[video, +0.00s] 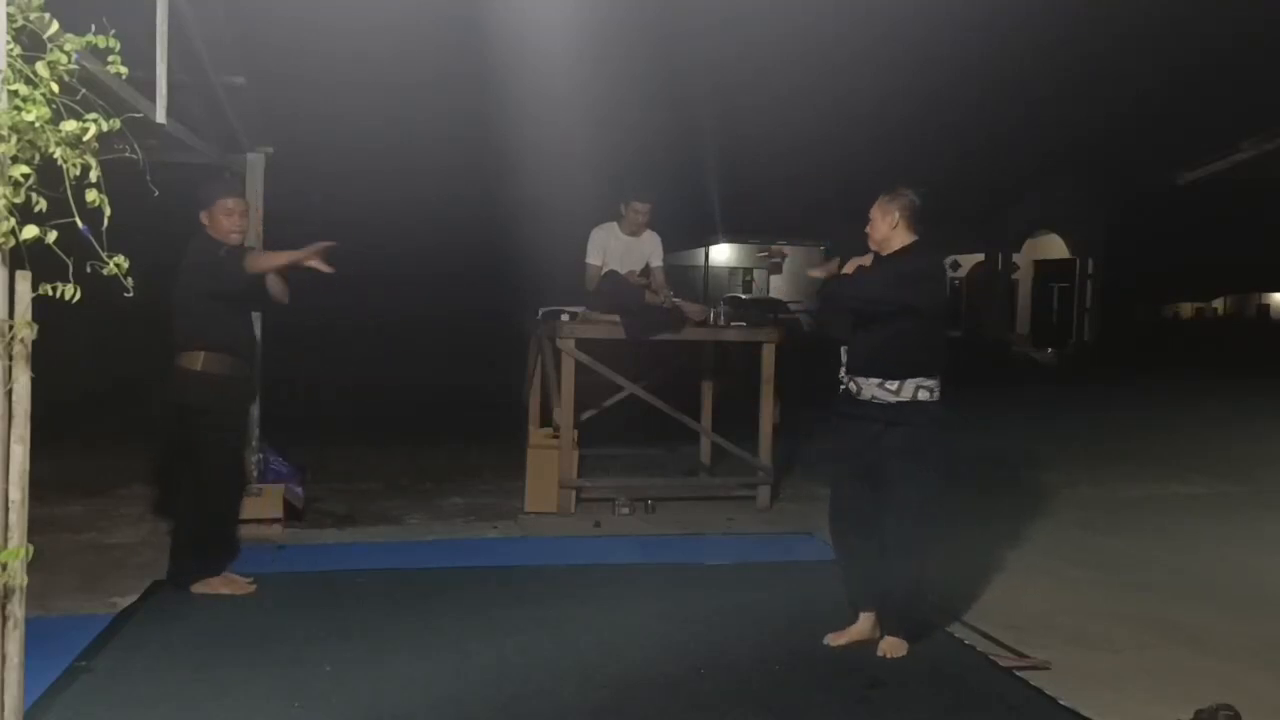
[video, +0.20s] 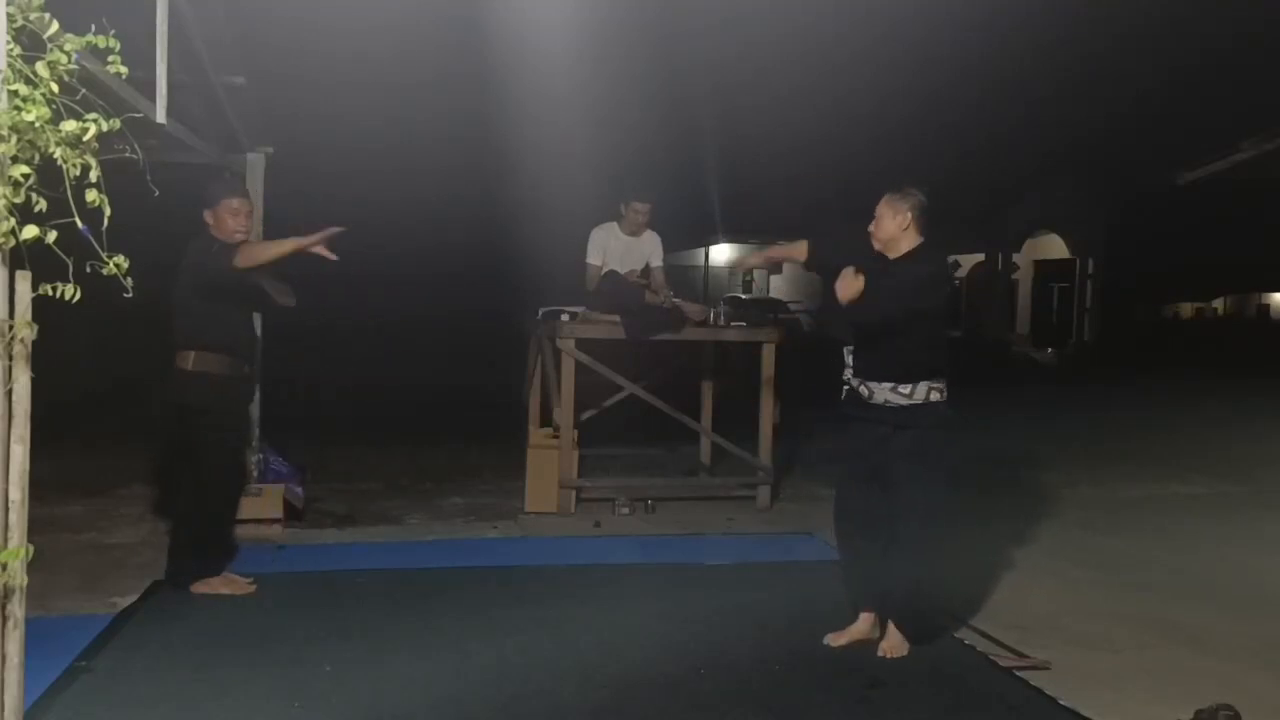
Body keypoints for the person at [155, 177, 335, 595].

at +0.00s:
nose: (238, 221)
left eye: (242, 213)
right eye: (228, 213)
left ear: (247, 218)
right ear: (205, 218)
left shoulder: (230, 262)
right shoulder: (202, 253)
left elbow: (280, 300)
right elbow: (246, 264)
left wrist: (269, 265)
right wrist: (298, 255)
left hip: (224, 383)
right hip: (202, 383)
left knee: (219, 474)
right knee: (210, 475)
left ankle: (208, 566)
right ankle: (200, 572)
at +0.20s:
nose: (242, 220)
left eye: (247, 212)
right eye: (232, 212)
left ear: (251, 216)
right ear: (209, 217)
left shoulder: (232, 263)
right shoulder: (203, 253)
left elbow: (285, 301)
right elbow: (244, 256)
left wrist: (263, 268)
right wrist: (301, 243)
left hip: (224, 385)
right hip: (201, 386)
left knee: (220, 475)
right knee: (212, 476)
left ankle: (208, 567)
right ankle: (199, 572)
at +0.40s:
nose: (248, 222)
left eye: (249, 214)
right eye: (240, 214)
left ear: (230, 218)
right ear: (214, 216)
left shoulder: (225, 259)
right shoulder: (203, 257)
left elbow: (241, 294)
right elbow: (263, 273)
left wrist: (279, 307)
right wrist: (280, 265)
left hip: (219, 383)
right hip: (204, 384)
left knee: (213, 473)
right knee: (213, 474)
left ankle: (198, 568)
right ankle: (200, 572)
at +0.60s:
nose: (253, 222)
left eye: (252, 213)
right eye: (246, 214)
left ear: (226, 216)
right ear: (221, 214)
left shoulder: (215, 257)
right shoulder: (206, 258)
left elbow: (273, 293)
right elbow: (277, 290)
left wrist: (299, 251)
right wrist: (306, 246)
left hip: (216, 382)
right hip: (206, 383)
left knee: (212, 472)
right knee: (212, 473)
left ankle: (201, 567)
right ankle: (203, 572)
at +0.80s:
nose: (253, 222)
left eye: (253, 214)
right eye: (249, 214)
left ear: (225, 216)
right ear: (228, 215)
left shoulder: (207, 254)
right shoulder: (211, 258)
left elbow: (255, 275)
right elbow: (259, 284)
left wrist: (300, 270)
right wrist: (304, 271)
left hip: (209, 382)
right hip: (210, 385)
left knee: (210, 473)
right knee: (214, 475)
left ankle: (199, 567)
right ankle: (203, 572)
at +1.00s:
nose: (256, 223)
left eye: (255, 215)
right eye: (252, 216)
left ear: (221, 217)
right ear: (236, 217)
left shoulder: (210, 254)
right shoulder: (214, 258)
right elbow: (265, 284)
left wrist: (251, 264)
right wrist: (263, 267)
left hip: (214, 383)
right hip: (210, 385)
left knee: (212, 474)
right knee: (216, 476)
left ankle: (202, 567)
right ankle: (202, 572)